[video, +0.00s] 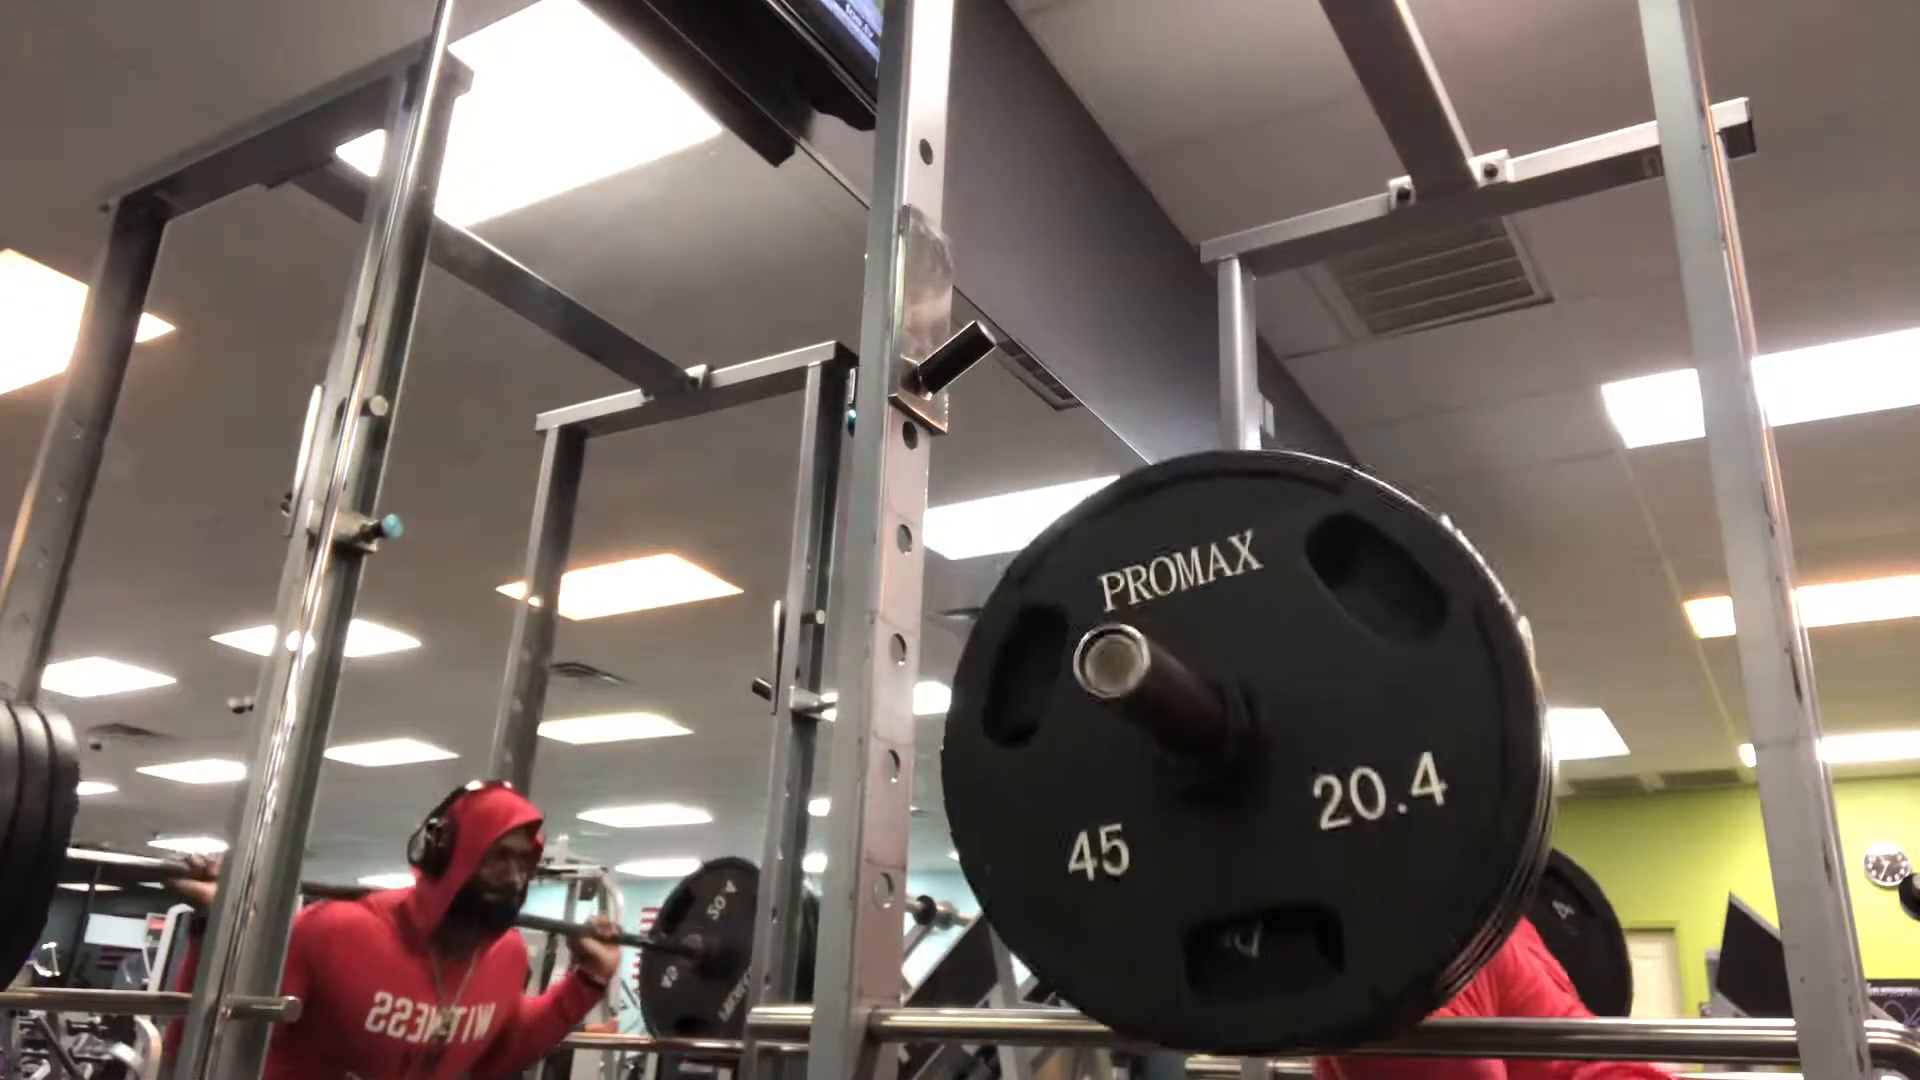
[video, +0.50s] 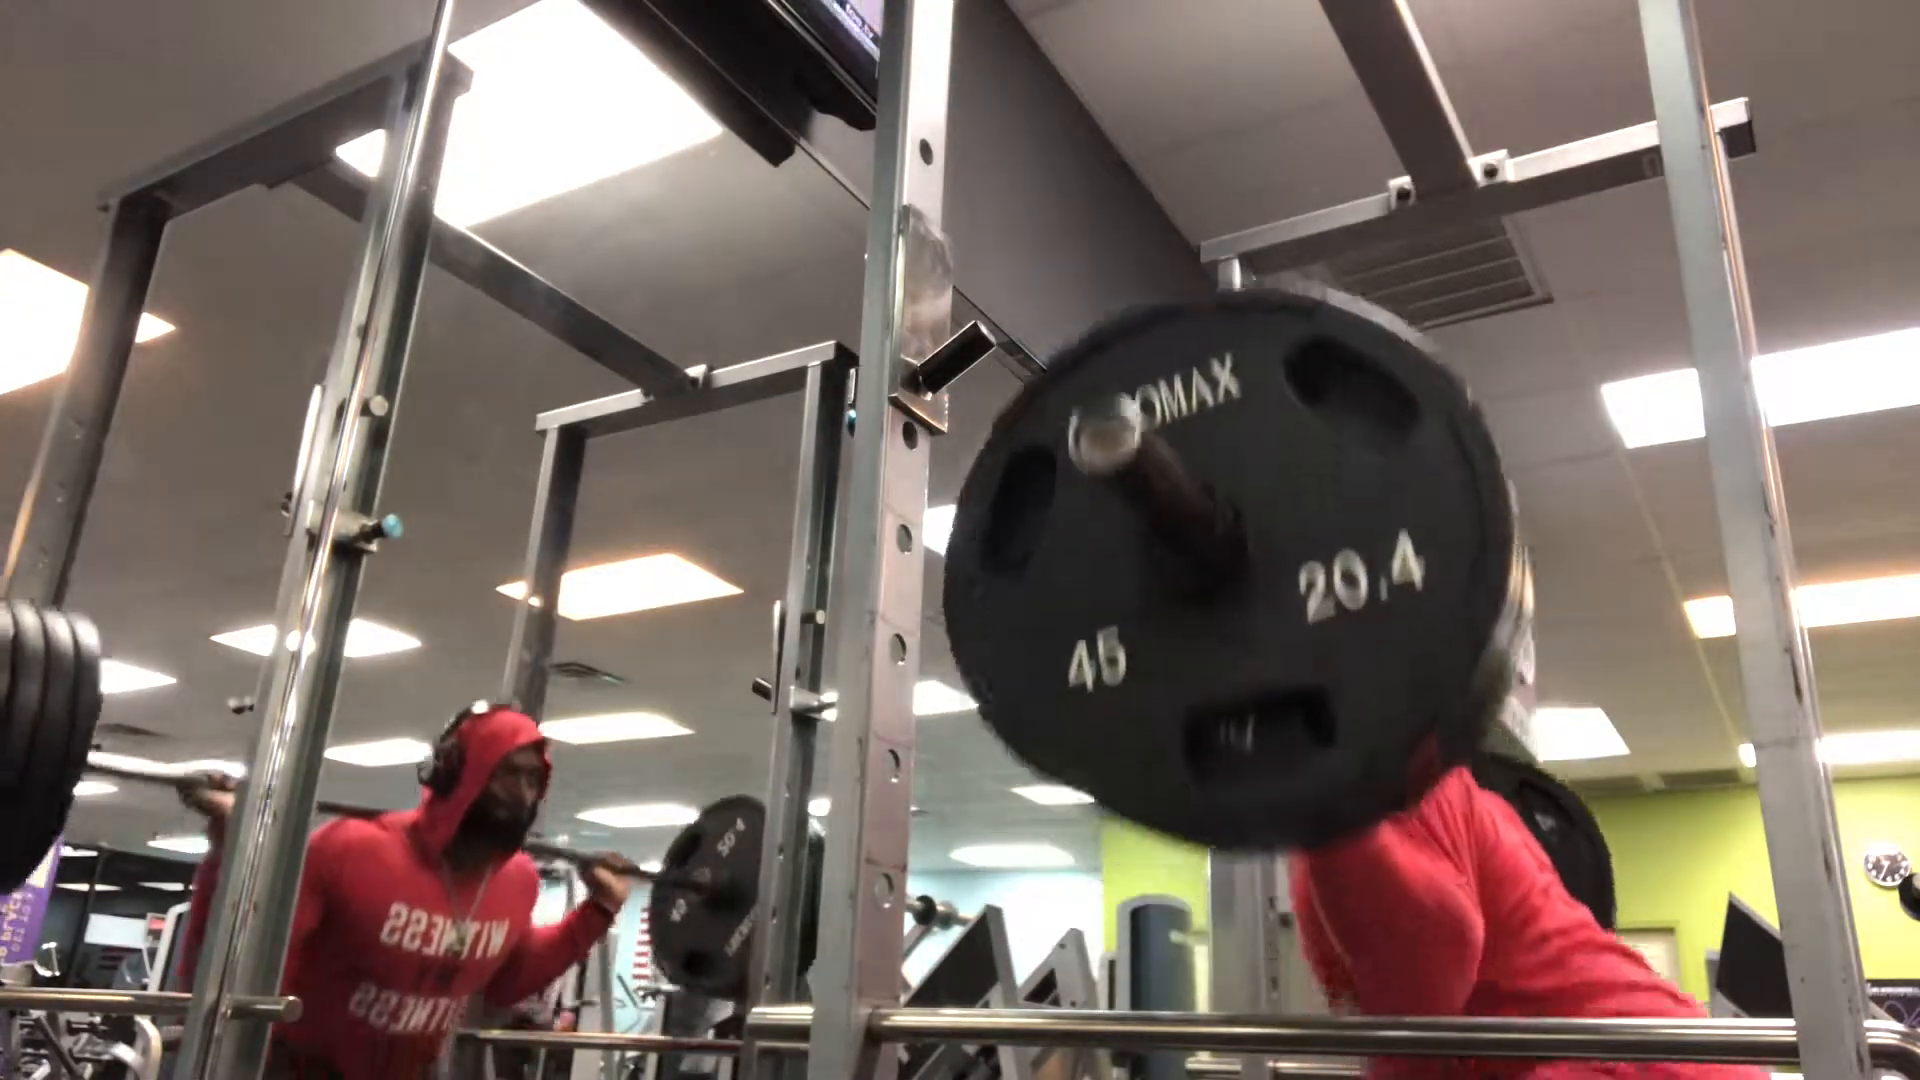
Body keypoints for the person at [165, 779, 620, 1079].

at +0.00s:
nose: (513, 876)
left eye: (525, 862)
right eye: (497, 858)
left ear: (536, 872)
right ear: (450, 855)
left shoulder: (508, 955)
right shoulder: (336, 931)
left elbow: (491, 1057)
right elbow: (200, 1045)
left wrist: (583, 987)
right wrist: (222, 922)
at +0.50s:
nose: (522, 791)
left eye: (534, 779)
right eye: (507, 773)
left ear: (544, 792)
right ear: (462, 772)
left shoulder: (517, 880)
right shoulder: (351, 848)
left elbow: (503, 985)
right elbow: (227, 961)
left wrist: (597, 913)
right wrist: (232, 841)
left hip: (412, 1066)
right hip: (306, 1060)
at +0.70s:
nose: (529, 738)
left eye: (540, 722)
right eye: (513, 716)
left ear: (547, 734)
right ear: (467, 718)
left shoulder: (523, 829)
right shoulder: (358, 795)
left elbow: (511, 932)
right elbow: (223, 918)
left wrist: (601, 862)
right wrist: (242, 778)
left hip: (417, 1049)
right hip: (314, 1037)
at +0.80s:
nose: (532, 699)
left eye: (544, 686)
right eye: (516, 680)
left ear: (553, 699)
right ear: (471, 681)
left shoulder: (528, 795)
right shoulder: (365, 759)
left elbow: (515, 904)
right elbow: (233, 869)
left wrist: (606, 832)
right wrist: (247, 747)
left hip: (427, 1028)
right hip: (321, 1017)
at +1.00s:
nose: (548, 619)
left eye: (555, 604)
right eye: (530, 601)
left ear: (559, 616)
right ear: (482, 604)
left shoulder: (539, 717)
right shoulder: (374, 683)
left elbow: (528, 829)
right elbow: (250, 796)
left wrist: (612, 760)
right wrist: (261, 659)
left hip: (437, 963)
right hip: (333, 952)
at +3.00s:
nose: (535, 617)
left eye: (545, 604)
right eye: (520, 599)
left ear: (556, 616)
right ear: (474, 600)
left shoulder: (525, 712)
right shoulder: (371, 669)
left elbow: (514, 822)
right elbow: (240, 782)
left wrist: (602, 753)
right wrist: (252, 651)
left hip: (422, 970)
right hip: (317, 951)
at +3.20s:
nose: (536, 668)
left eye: (546, 653)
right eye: (522, 647)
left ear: (551, 664)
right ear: (473, 647)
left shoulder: (525, 763)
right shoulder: (364, 719)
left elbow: (512, 872)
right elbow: (238, 837)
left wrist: (600, 797)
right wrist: (242, 706)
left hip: (422, 1005)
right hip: (316, 993)